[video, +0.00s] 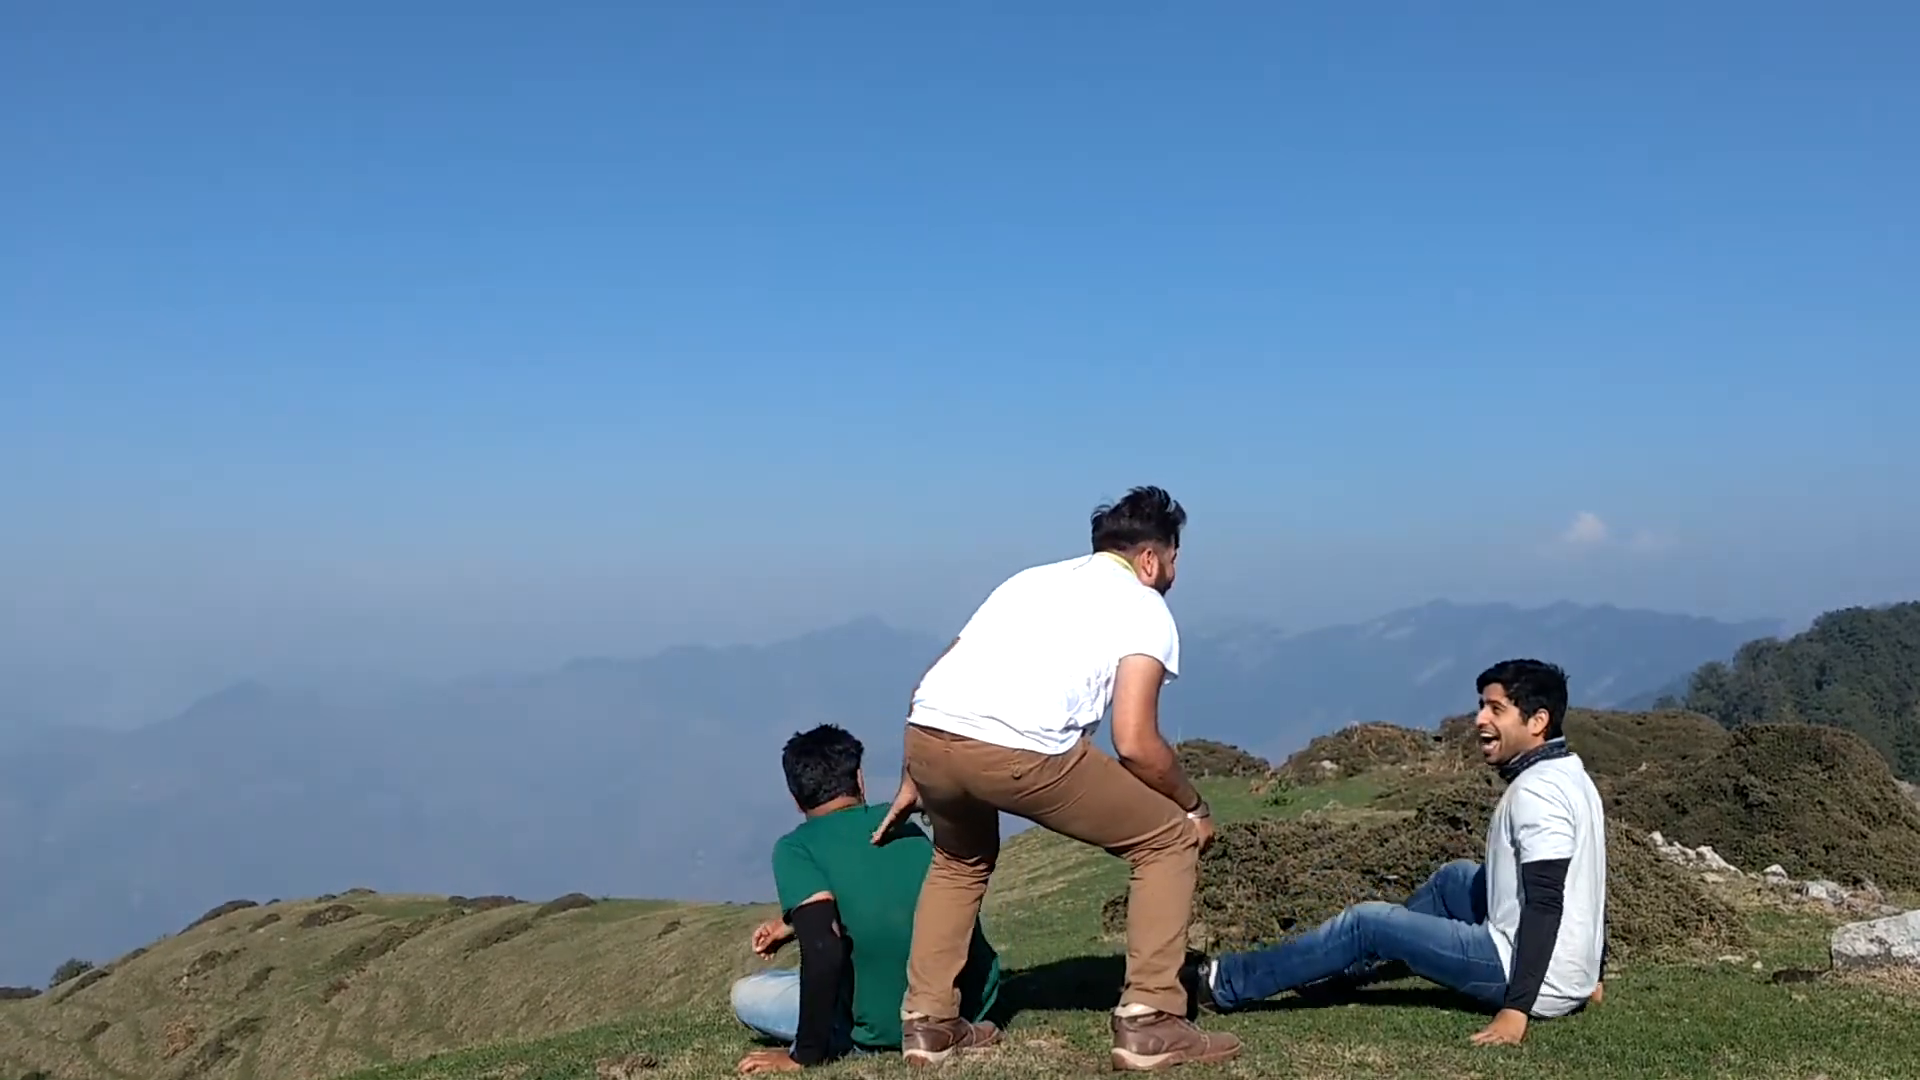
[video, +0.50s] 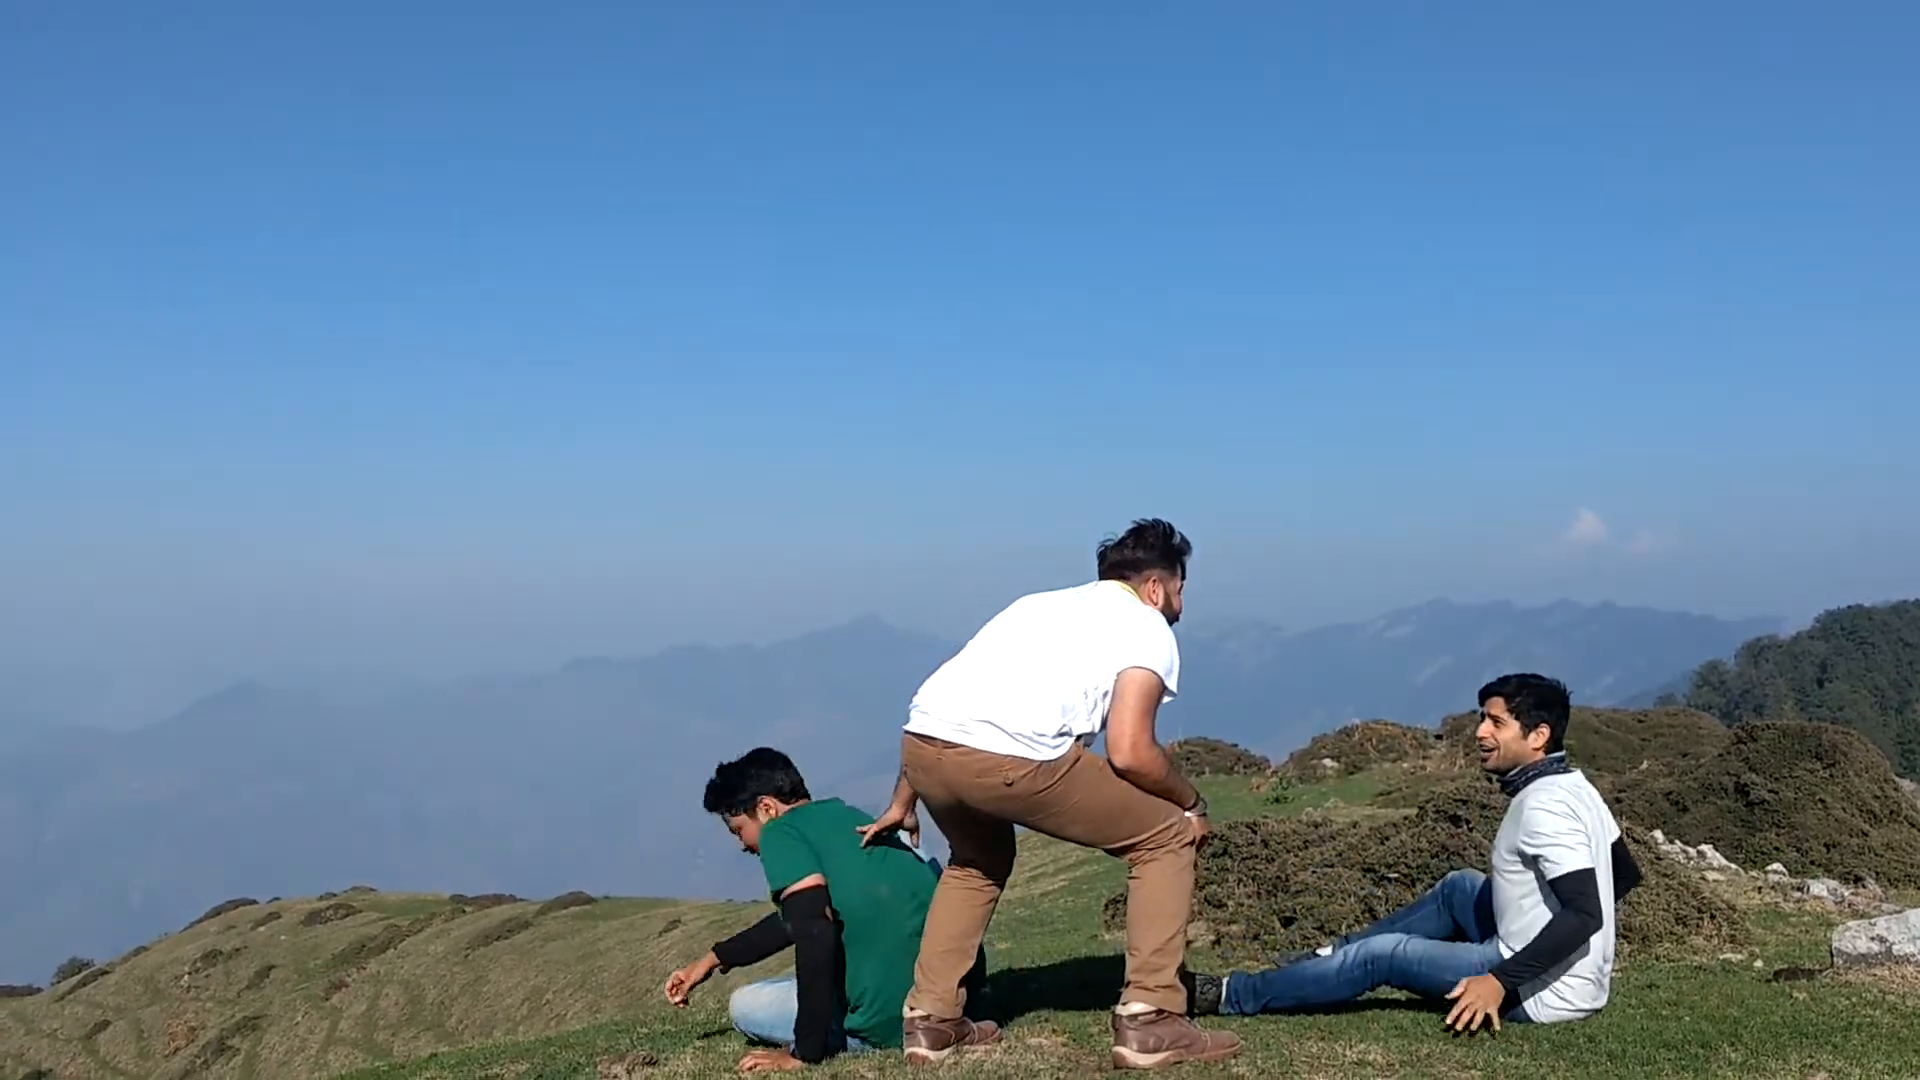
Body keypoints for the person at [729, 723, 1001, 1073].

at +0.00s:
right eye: (862, 775)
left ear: (797, 801)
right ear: (859, 781)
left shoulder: (795, 845)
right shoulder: (903, 819)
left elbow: (825, 947)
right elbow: (888, 894)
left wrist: (804, 1055)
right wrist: (795, 922)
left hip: (884, 1028)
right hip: (974, 1001)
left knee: (745, 992)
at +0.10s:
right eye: (855, 775)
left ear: (790, 803)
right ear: (852, 782)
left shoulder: (790, 844)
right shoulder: (891, 818)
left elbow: (822, 945)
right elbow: (873, 889)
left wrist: (803, 1054)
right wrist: (789, 925)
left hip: (883, 1026)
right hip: (970, 997)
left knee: (745, 992)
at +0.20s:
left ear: (784, 805)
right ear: (845, 782)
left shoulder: (787, 843)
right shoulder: (888, 819)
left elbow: (821, 941)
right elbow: (877, 899)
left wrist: (803, 1054)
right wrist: (783, 932)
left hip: (877, 1026)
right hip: (955, 997)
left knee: (744, 993)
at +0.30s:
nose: (769, 823)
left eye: (766, 815)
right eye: (765, 816)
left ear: (776, 811)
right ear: (830, 788)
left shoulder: (782, 843)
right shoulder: (876, 818)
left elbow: (816, 941)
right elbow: (855, 905)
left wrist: (803, 1056)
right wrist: (769, 946)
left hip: (879, 1029)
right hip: (955, 999)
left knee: (744, 996)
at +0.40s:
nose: (757, 838)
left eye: (753, 826)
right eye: (751, 829)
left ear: (772, 811)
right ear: (815, 790)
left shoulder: (783, 838)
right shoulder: (871, 818)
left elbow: (816, 937)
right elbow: (842, 917)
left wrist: (803, 1054)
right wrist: (750, 953)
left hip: (883, 1027)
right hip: (961, 1001)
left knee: (746, 996)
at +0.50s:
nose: (743, 844)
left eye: (738, 829)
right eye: (735, 833)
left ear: (768, 808)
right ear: (798, 799)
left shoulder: (781, 835)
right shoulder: (853, 816)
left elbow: (816, 932)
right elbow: (797, 913)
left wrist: (805, 1052)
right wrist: (715, 958)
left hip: (888, 1023)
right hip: (957, 993)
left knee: (744, 1002)